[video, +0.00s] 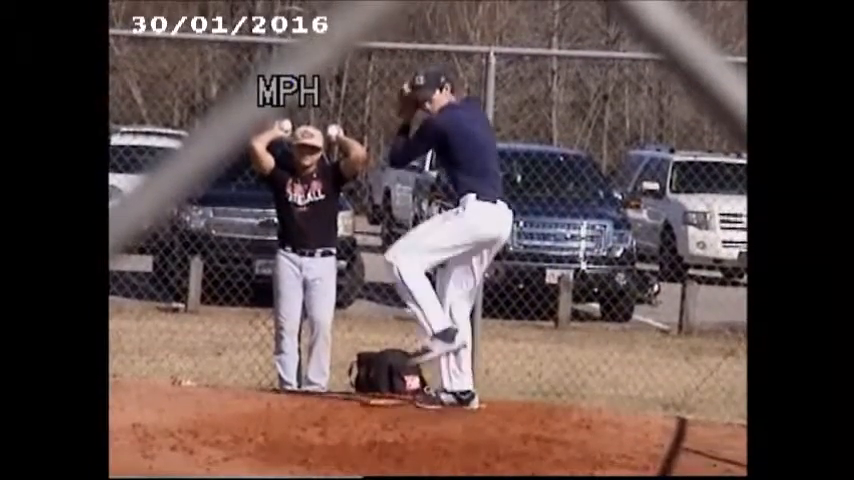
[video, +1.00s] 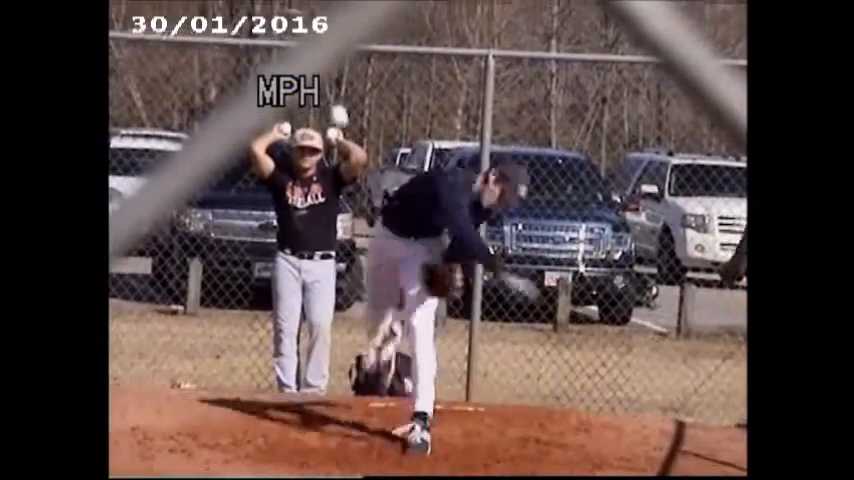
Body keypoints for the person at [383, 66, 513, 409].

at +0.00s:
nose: (424, 106)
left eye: (426, 100)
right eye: (421, 101)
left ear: (444, 90)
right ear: (448, 91)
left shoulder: (438, 122)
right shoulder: (474, 110)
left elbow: (398, 158)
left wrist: (406, 119)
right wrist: (420, 106)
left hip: (475, 212)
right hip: (499, 215)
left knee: (402, 255)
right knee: (457, 299)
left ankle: (440, 329)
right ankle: (459, 387)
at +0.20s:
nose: (416, 110)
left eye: (420, 103)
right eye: (414, 104)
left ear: (440, 97)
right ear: (444, 99)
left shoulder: (431, 127)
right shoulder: (472, 118)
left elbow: (388, 168)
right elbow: (484, 162)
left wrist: (411, 133)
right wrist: (450, 192)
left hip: (472, 216)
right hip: (503, 221)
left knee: (394, 236)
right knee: (458, 303)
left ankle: (402, 320)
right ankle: (460, 389)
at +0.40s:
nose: (424, 130)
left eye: (429, 124)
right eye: (421, 124)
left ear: (446, 124)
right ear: (446, 128)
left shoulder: (440, 151)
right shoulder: (465, 153)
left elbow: (397, 161)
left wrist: (355, 170)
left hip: (471, 241)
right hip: (498, 248)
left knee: (396, 284)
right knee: (435, 311)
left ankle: (348, 358)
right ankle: (457, 392)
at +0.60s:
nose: (416, 136)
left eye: (422, 131)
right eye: (415, 130)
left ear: (439, 131)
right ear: (443, 134)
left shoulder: (427, 158)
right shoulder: (468, 159)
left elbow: (397, 154)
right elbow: (498, 178)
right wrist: (476, 164)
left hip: (457, 258)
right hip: (478, 263)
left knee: (394, 308)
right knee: (422, 324)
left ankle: (369, 381)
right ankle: (452, 389)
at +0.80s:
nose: (444, 133)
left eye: (451, 129)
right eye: (446, 126)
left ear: (462, 135)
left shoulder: (458, 164)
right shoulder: (433, 160)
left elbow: (487, 206)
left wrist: (486, 252)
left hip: (437, 261)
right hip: (408, 259)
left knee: (414, 327)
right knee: (413, 331)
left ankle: (415, 416)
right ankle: (421, 392)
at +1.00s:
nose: (503, 207)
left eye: (508, 202)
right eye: (505, 199)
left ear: (496, 184)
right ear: (493, 180)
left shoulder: (484, 204)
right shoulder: (453, 181)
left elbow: (464, 240)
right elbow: (461, 232)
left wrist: (451, 264)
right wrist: (497, 265)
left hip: (427, 244)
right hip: (388, 239)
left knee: (420, 327)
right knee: (379, 320)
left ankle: (421, 417)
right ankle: (376, 375)